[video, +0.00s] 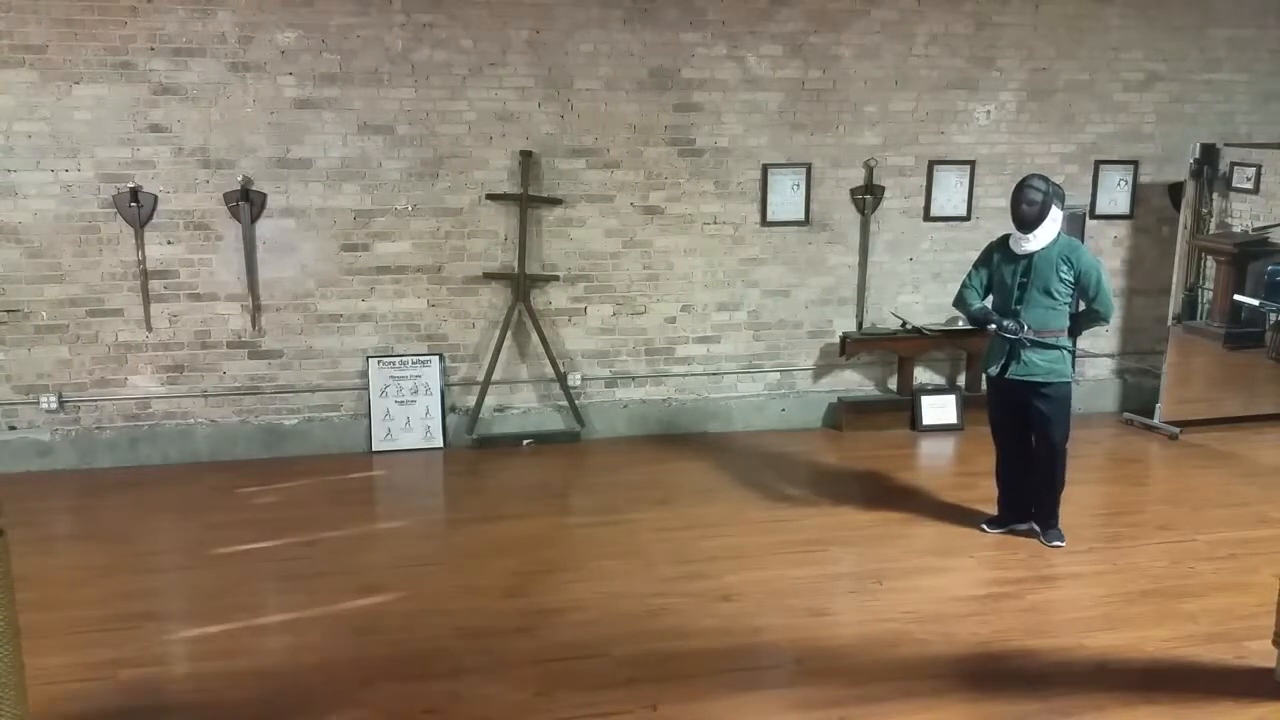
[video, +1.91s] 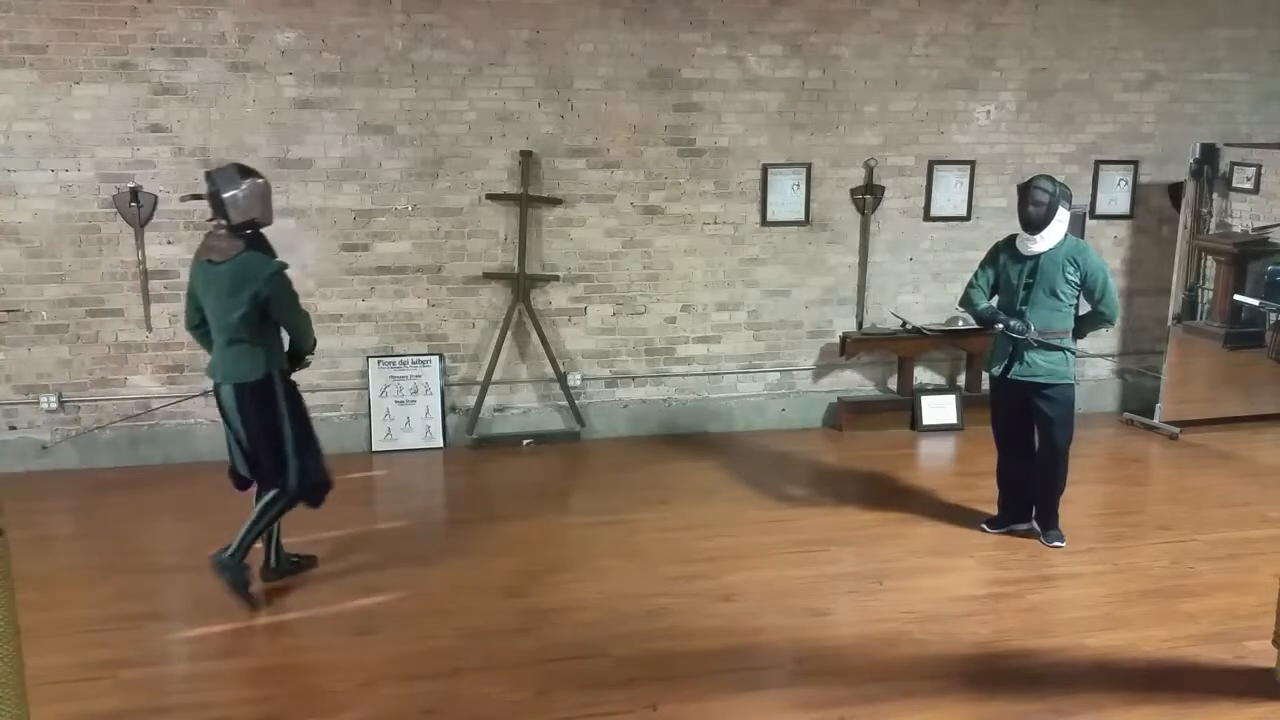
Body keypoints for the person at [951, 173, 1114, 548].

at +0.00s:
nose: (1022, 209)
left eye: (1031, 202)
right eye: (1018, 201)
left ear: (1052, 207)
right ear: (1012, 203)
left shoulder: (1073, 254)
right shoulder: (999, 250)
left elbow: (1102, 310)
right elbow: (966, 296)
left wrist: (1067, 328)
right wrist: (993, 320)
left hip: (1049, 370)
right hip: (1003, 369)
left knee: (1049, 449)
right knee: (1009, 447)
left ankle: (1048, 522)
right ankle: (1013, 514)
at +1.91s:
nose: (1028, 210)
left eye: (1037, 203)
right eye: (1025, 202)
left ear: (1058, 207)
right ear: (1019, 204)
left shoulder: (1079, 254)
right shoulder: (1004, 250)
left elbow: (1107, 312)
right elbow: (972, 296)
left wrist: (1068, 331)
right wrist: (1000, 320)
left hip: (1052, 373)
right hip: (1006, 371)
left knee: (1053, 453)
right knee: (1011, 449)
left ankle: (1048, 522)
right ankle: (1013, 515)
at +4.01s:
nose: (1013, 215)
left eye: (1021, 208)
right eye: (1010, 208)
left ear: (1043, 209)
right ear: (1005, 208)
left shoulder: (1073, 253)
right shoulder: (998, 252)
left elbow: (1103, 309)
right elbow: (949, 280)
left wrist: (1068, 326)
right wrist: (946, 244)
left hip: (1049, 365)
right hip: (1002, 363)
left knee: (1049, 448)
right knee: (1008, 444)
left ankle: (1046, 521)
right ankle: (1012, 513)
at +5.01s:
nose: (1003, 221)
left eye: (1011, 213)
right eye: (1003, 213)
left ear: (1035, 218)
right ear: (1035, 219)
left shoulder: (1064, 263)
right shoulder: (1015, 265)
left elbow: (1092, 322)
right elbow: (1015, 316)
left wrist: (1069, 342)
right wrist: (1009, 342)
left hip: (1055, 377)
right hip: (1016, 374)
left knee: (1073, 453)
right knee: (1002, 444)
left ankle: (1102, 526)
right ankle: (1013, 514)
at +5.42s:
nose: (1017, 220)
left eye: (1025, 213)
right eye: (1016, 212)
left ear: (1047, 217)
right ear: (1030, 215)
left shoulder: (1073, 263)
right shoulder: (1024, 268)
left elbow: (1101, 323)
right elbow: (1008, 316)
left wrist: (1074, 345)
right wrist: (989, 342)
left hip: (1060, 379)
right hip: (1021, 376)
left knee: (1071, 454)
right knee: (1005, 443)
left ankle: (1102, 527)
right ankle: (1013, 514)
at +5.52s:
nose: (1020, 218)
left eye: (1028, 211)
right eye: (1019, 211)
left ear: (1052, 219)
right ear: (1047, 220)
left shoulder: (1078, 265)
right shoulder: (1027, 267)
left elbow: (1103, 324)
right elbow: (999, 308)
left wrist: (1078, 346)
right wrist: (968, 335)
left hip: (1062, 379)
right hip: (1022, 376)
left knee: (1072, 454)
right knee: (1007, 443)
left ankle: (1102, 527)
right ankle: (1012, 514)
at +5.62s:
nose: (1023, 220)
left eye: (1031, 213)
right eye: (1023, 212)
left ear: (1053, 218)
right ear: (1035, 216)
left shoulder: (1081, 264)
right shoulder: (1033, 262)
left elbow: (1105, 326)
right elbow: (993, 290)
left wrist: (1081, 345)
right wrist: (945, 312)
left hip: (1063, 377)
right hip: (1025, 373)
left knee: (1071, 453)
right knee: (1009, 444)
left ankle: (1102, 527)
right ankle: (1013, 515)